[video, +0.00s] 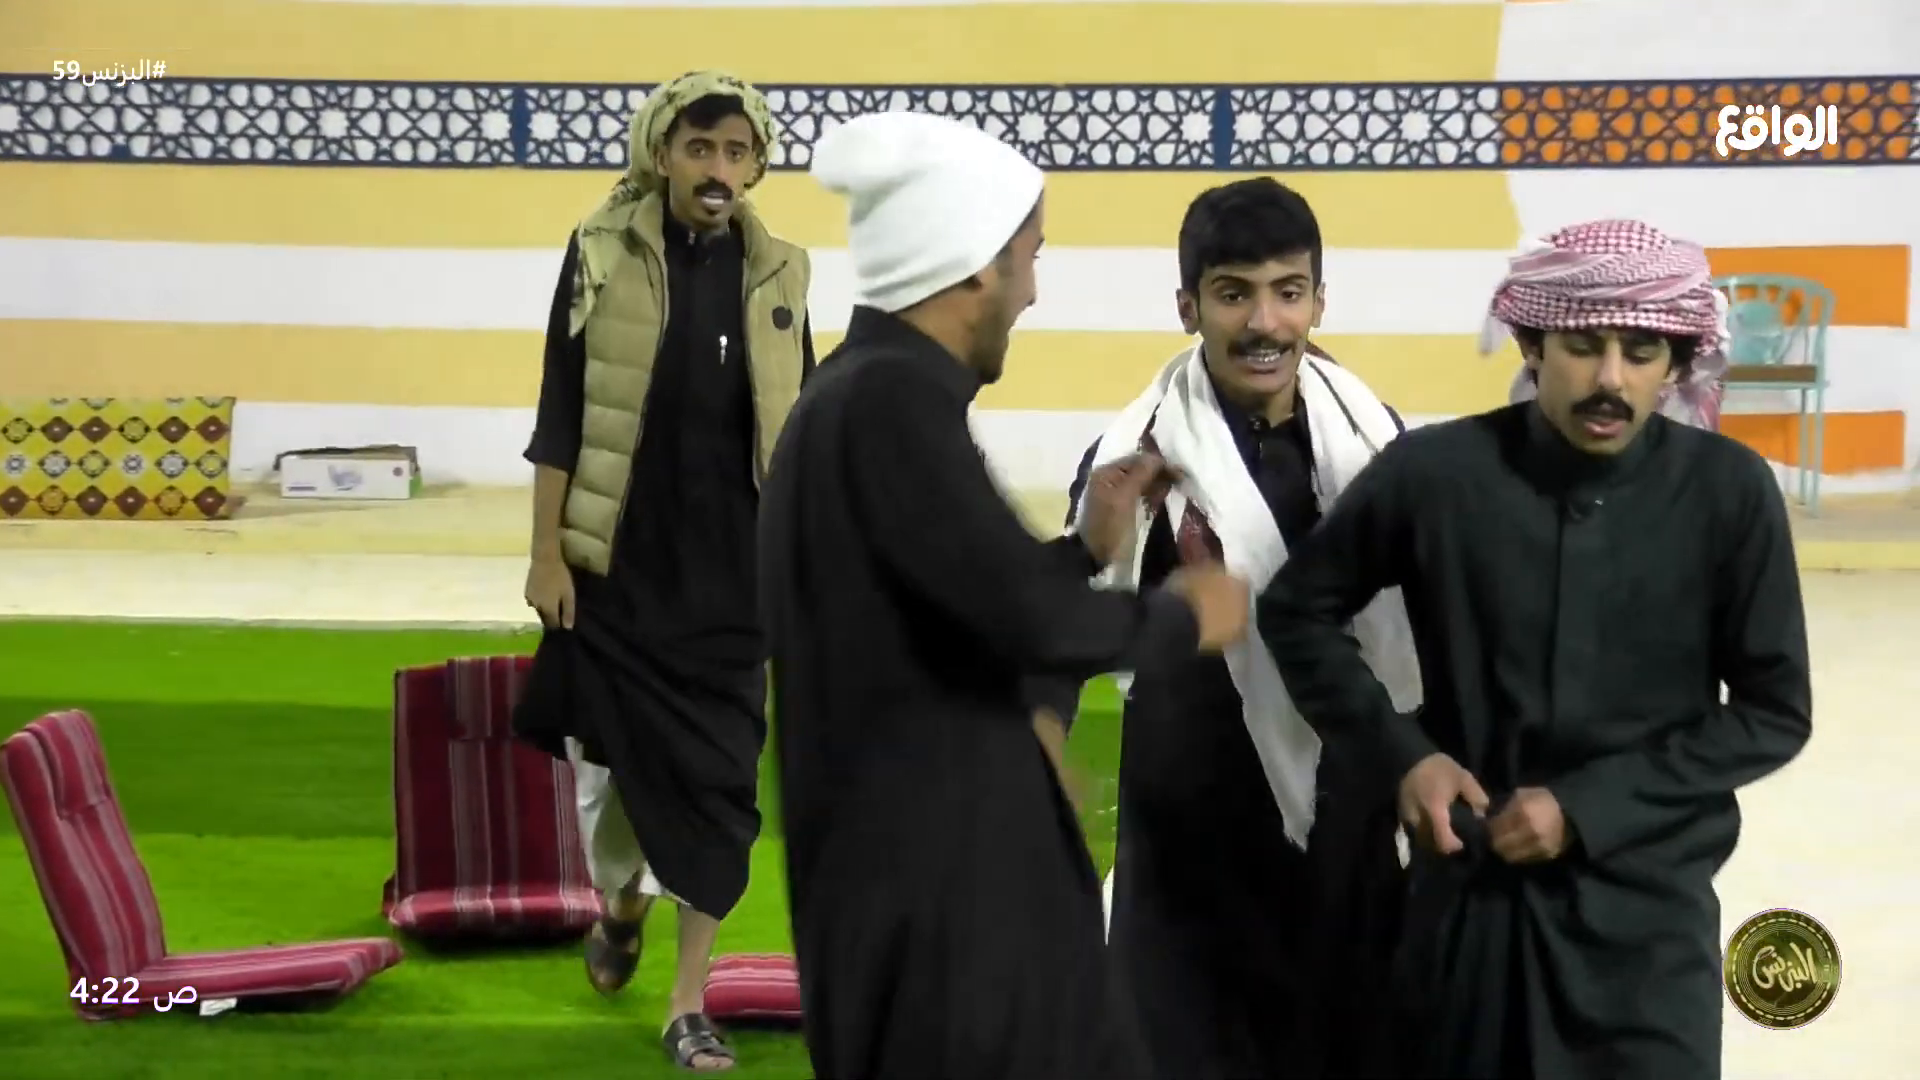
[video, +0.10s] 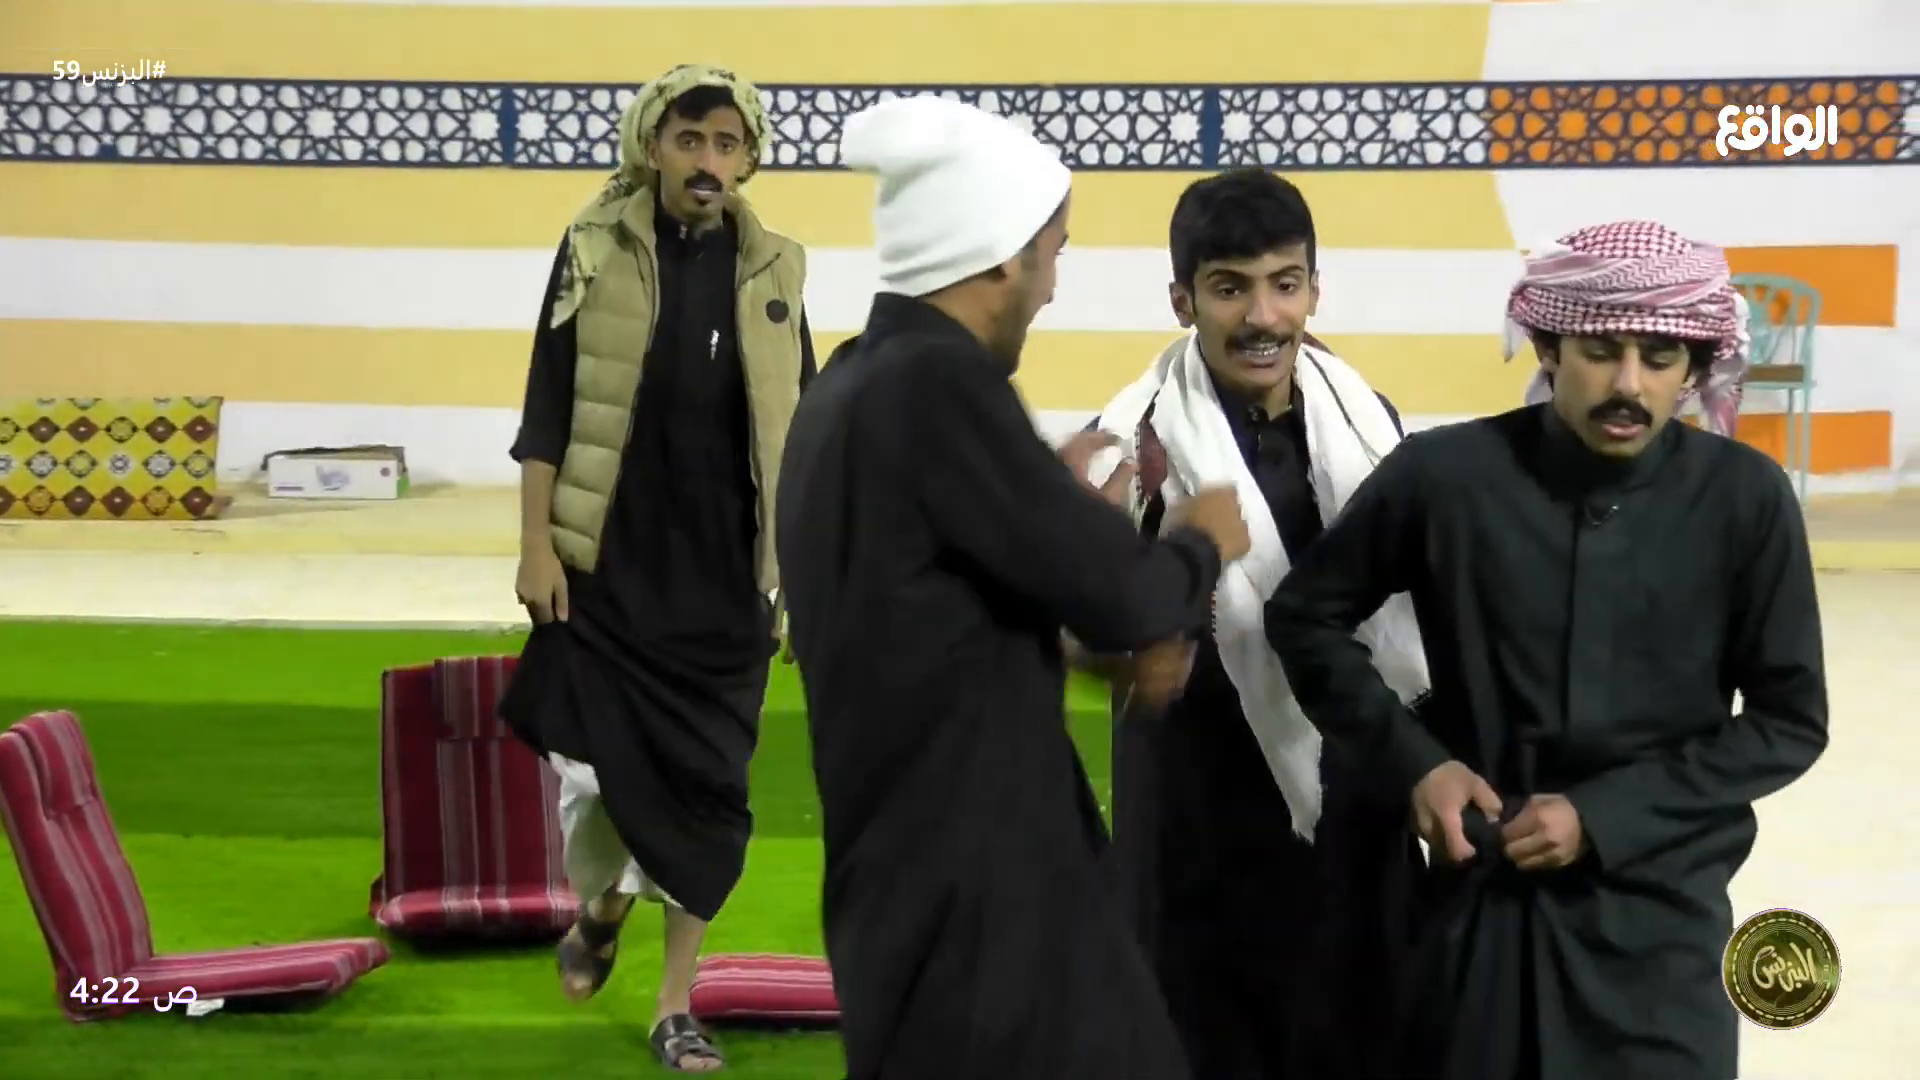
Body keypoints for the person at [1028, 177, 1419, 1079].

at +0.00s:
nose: (1264, 321)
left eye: (1287, 293)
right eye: (1235, 295)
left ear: (1317, 302)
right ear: (1189, 306)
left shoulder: (1378, 439)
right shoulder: (1127, 459)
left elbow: (1436, 631)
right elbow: (1066, 659)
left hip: (1353, 852)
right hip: (1194, 855)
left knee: (1353, 1059)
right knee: (1194, 1053)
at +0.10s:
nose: (1262, 316)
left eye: (1285, 284)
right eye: (1230, 289)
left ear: (1313, 287)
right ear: (1184, 299)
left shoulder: (1365, 413)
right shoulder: (1131, 447)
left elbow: (1428, 581)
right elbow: (1099, 636)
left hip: (1360, 821)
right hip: (1202, 841)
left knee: (1365, 1041)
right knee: (1213, 1040)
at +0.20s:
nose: (1251, 304)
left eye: (1277, 275)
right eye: (1221, 276)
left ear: (1307, 282)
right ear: (1174, 287)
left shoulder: (1367, 416)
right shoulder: (1111, 434)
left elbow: (1432, 589)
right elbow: (1100, 629)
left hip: (1349, 816)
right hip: (1186, 821)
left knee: (1356, 1034)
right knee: (1208, 1038)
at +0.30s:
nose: (1235, 304)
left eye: (1260, 276)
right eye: (1207, 277)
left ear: (1297, 286)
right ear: (1165, 286)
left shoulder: (1359, 412)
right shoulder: (1113, 424)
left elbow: (1427, 595)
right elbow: (1093, 610)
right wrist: (1133, 496)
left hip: (1327, 809)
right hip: (1169, 813)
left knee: (1334, 1034)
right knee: (1189, 1035)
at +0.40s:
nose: (1192, 296)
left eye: (1224, 271)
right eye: (1176, 269)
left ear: (1290, 289)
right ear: (1158, 279)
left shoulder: (1370, 416)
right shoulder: (1120, 416)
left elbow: (1408, 593)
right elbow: (1099, 601)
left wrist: (1324, 482)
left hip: (1317, 790)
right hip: (1166, 792)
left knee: (1315, 1026)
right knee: (1173, 1026)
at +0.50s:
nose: (1177, 294)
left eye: (1210, 268)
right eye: (1173, 266)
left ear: (1292, 287)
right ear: (1162, 272)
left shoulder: (1382, 413)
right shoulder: (1135, 412)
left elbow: (1408, 585)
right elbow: (1098, 587)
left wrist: (1304, 446)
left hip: (1315, 809)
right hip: (1159, 807)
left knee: (1306, 1044)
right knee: (1163, 1035)